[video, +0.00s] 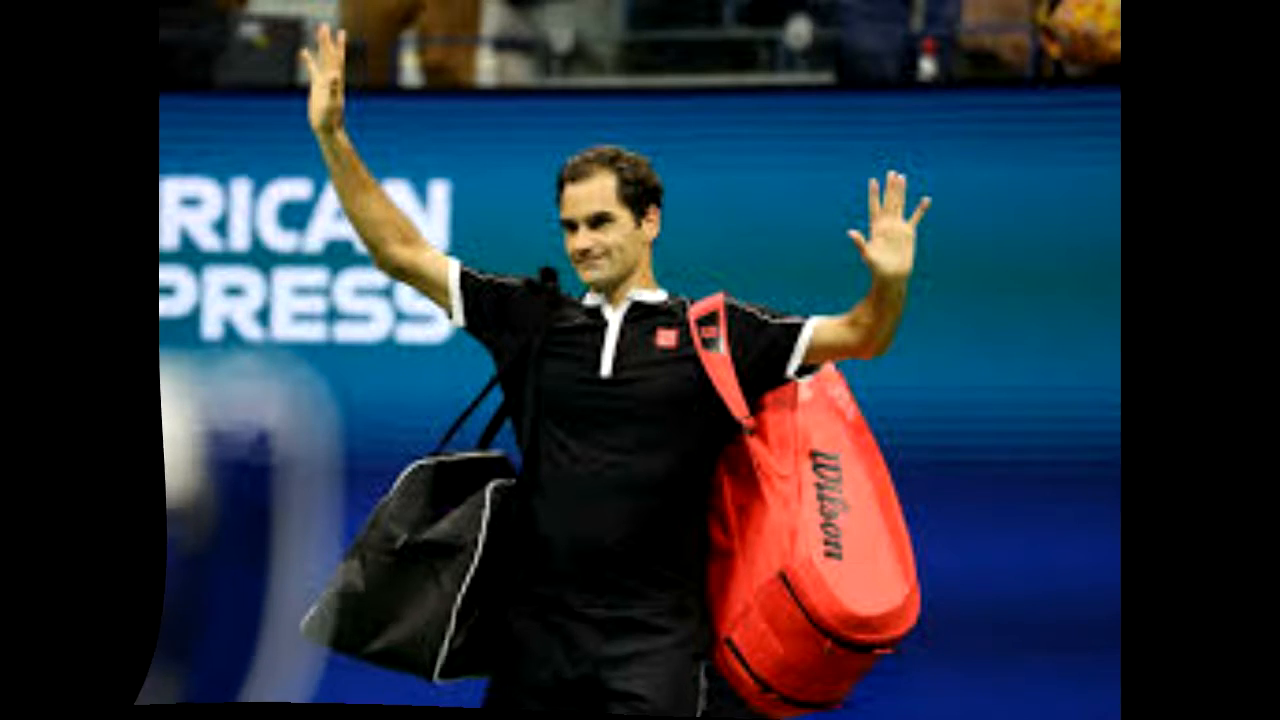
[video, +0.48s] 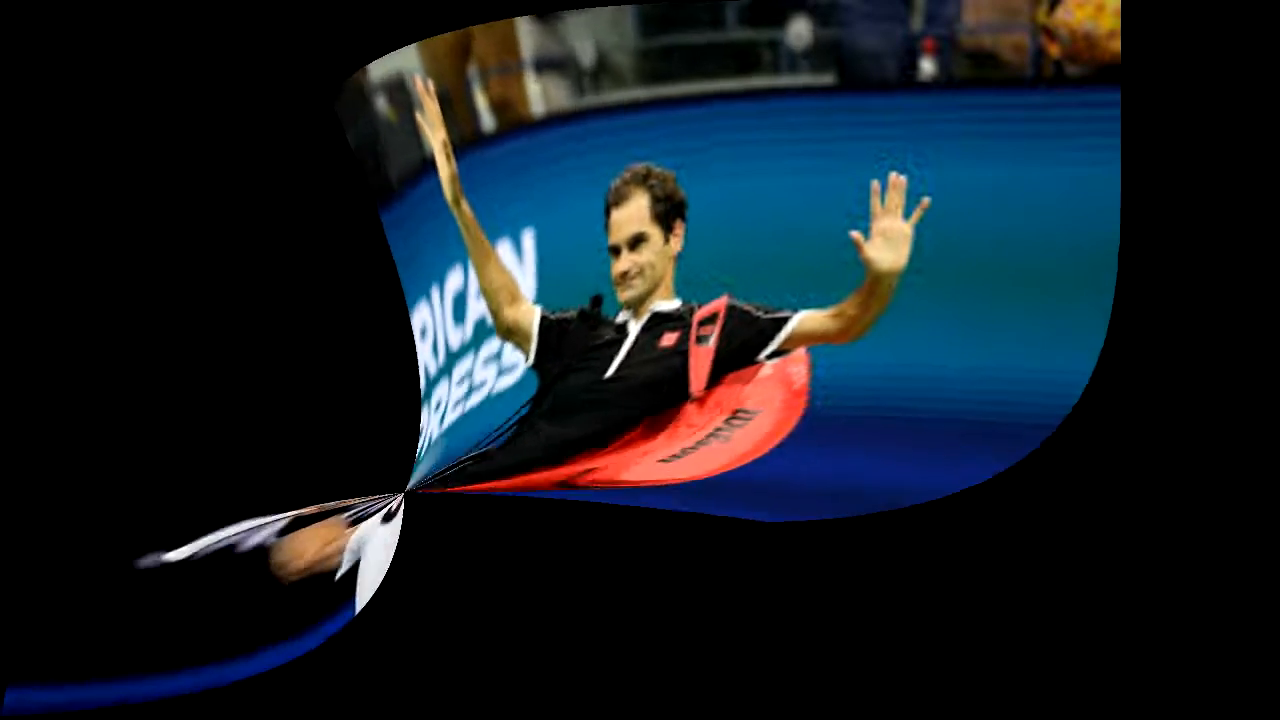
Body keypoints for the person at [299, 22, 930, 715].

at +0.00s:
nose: (581, 241)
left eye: (599, 224)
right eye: (570, 227)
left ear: (648, 224)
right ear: (560, 234)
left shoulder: (717, 329)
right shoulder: (529, 317)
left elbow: (859, 337)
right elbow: (397, 250)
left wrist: (889, 286)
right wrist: (329, 135)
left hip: (656, 629)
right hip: (539, 625)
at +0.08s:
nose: (581, 241)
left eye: (599, 223)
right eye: (570, 227)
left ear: (648, 223)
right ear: (561, 234)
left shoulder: (716, 331)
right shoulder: (531, 317)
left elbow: (859, 336)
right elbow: (399, 251)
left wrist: (890, 286)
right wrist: (330, 137)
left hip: (646, 624)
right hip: (530, 615)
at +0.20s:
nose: (582, 242)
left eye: (599, 223)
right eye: (571, 227)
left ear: (648, 225)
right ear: (562, 237)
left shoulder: (714, 331)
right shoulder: (531, 316)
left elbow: (861, 337)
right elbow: (402, 252)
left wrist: (890, 283)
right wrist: (329, 136)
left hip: (611, 596)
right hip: (501, 581)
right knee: (414, 641)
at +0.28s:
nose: (583, 243)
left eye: (600, 225)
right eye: (571, 229)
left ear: (649, 224)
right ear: (562, 237)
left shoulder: (713, 330)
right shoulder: (537, 314)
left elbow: (862, 338)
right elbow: (418, 261)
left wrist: (890, 282)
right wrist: (338, 140)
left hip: (571, 576)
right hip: (472, 551)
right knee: (349, 606)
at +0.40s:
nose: (600, 253)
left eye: (615, 233)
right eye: (589, 238)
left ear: (659, 229)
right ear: (581, 243)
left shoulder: (713, 327)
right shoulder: (556, 324)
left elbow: (853, 332)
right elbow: (464, 287)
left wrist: (886, 285)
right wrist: (396, 171)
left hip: (523, 523)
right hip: (462, 487)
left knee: (352, 553)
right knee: (321, 553)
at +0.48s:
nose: (620, 262)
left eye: (635, 245)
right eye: (611, 249)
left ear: (674, 240)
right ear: (604, 251)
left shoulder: (712, 325)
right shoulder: (578, 331)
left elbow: (843, 326)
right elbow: (506, 308)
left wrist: (883, 275)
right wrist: (451, 190)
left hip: (511, 493)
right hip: (440, 487)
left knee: (309, 559)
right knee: (286, 559)